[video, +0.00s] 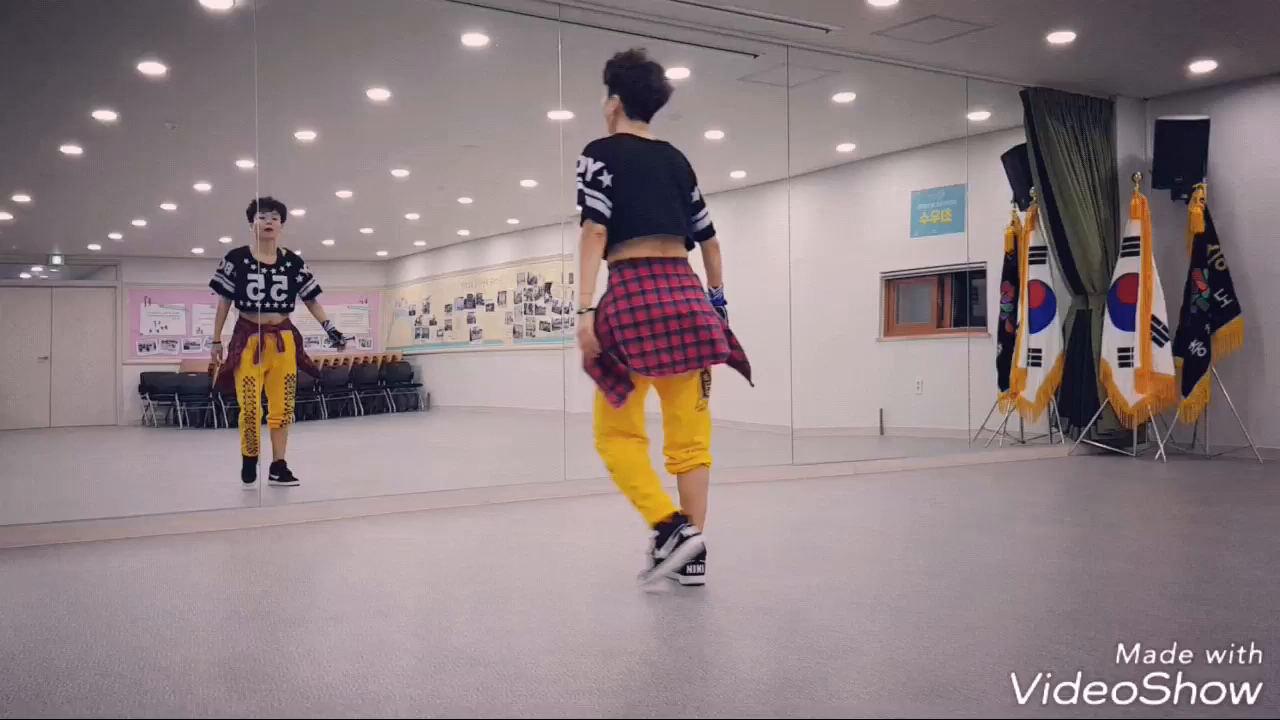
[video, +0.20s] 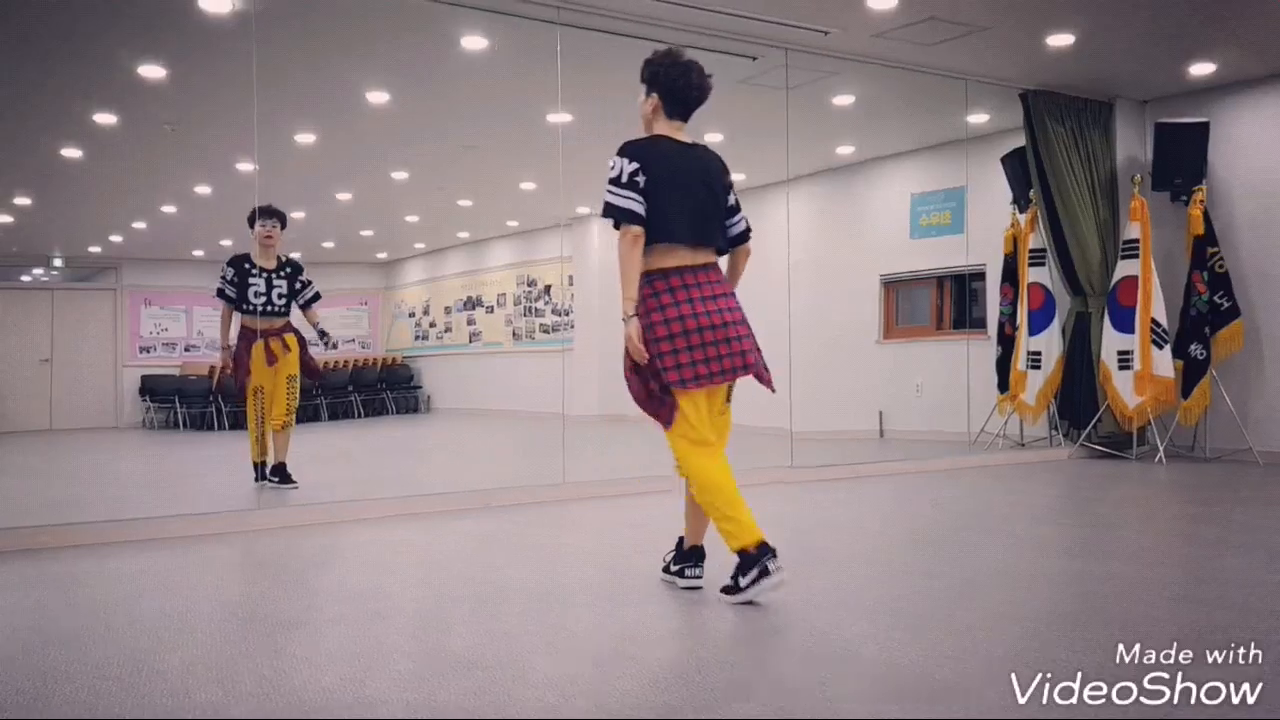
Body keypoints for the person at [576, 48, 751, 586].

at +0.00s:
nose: (603, 106)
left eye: (605, 98)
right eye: (607, 98)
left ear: (613, 103)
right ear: (654, 107)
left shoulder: (600, 155)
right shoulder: (677, 160)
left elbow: (594, 232)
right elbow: (707, 240)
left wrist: (584, 310)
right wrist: (717, 302)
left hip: (627, 298)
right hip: (686, 296)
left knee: (617, 434)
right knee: (690, 428)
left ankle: (667, 524)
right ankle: (693, 553)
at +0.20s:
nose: (639, 102)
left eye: (641, 94)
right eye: (642, 94)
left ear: (652, 99)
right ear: (691, 106)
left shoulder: (635, 155)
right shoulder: (712, 163)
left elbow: (631, 235)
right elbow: (740, 244)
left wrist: (630, 315)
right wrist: (720, 301)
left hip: (664, 301)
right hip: (715, 298)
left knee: (689, 439)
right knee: (710, 433)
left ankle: (752, 550)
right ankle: (690, 551)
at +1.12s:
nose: (704, 132)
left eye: (706, 124)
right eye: (709, 123)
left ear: (715, 131)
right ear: (759, 135)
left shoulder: (692, 184)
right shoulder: (777, 195)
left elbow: (666, 264)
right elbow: (802, 270)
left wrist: (649, 321)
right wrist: (765, 320)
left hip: (716, 335)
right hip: (772, 336)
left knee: (728, 487)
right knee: (767, 482)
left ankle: (760, 614)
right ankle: (768, 603)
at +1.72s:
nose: (707, 141)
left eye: (709, 133)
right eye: (712, 133)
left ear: (717, 140)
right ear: (761, 144)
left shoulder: (696, 198)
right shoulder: (783, 202)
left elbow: (684, 287)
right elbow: (814, 283)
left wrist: (689, 356)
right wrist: (775, 323)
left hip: (728, 352)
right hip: (788, 349)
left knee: (678, 489)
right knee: (773, 492)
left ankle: (727, 584)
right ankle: (779, 611)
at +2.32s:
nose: (695, 135)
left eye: (696, 126)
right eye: (701, 126)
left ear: (705, 132)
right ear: (750, 135)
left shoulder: (681, 188)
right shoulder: (769, 196)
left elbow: (657, 276)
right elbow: (777, 287)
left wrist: (654, 342)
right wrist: (753, 333)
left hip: (702, 339)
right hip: (763, 341)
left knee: (707, 486)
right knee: (752, 480)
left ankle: (731, 621)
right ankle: (744, 606)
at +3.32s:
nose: (650, 141)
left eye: (650, 133)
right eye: (655, 134)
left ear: (657, 137)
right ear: (707, 140)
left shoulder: (627, 196)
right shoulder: (727, 202)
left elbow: (604, 283)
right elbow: (735, 293)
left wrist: (596, 354)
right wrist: (713, 347)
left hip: (645, 349)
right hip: (711, 349)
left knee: (659, 493)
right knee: (712, 485)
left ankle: (688, 617)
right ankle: (699, 603)